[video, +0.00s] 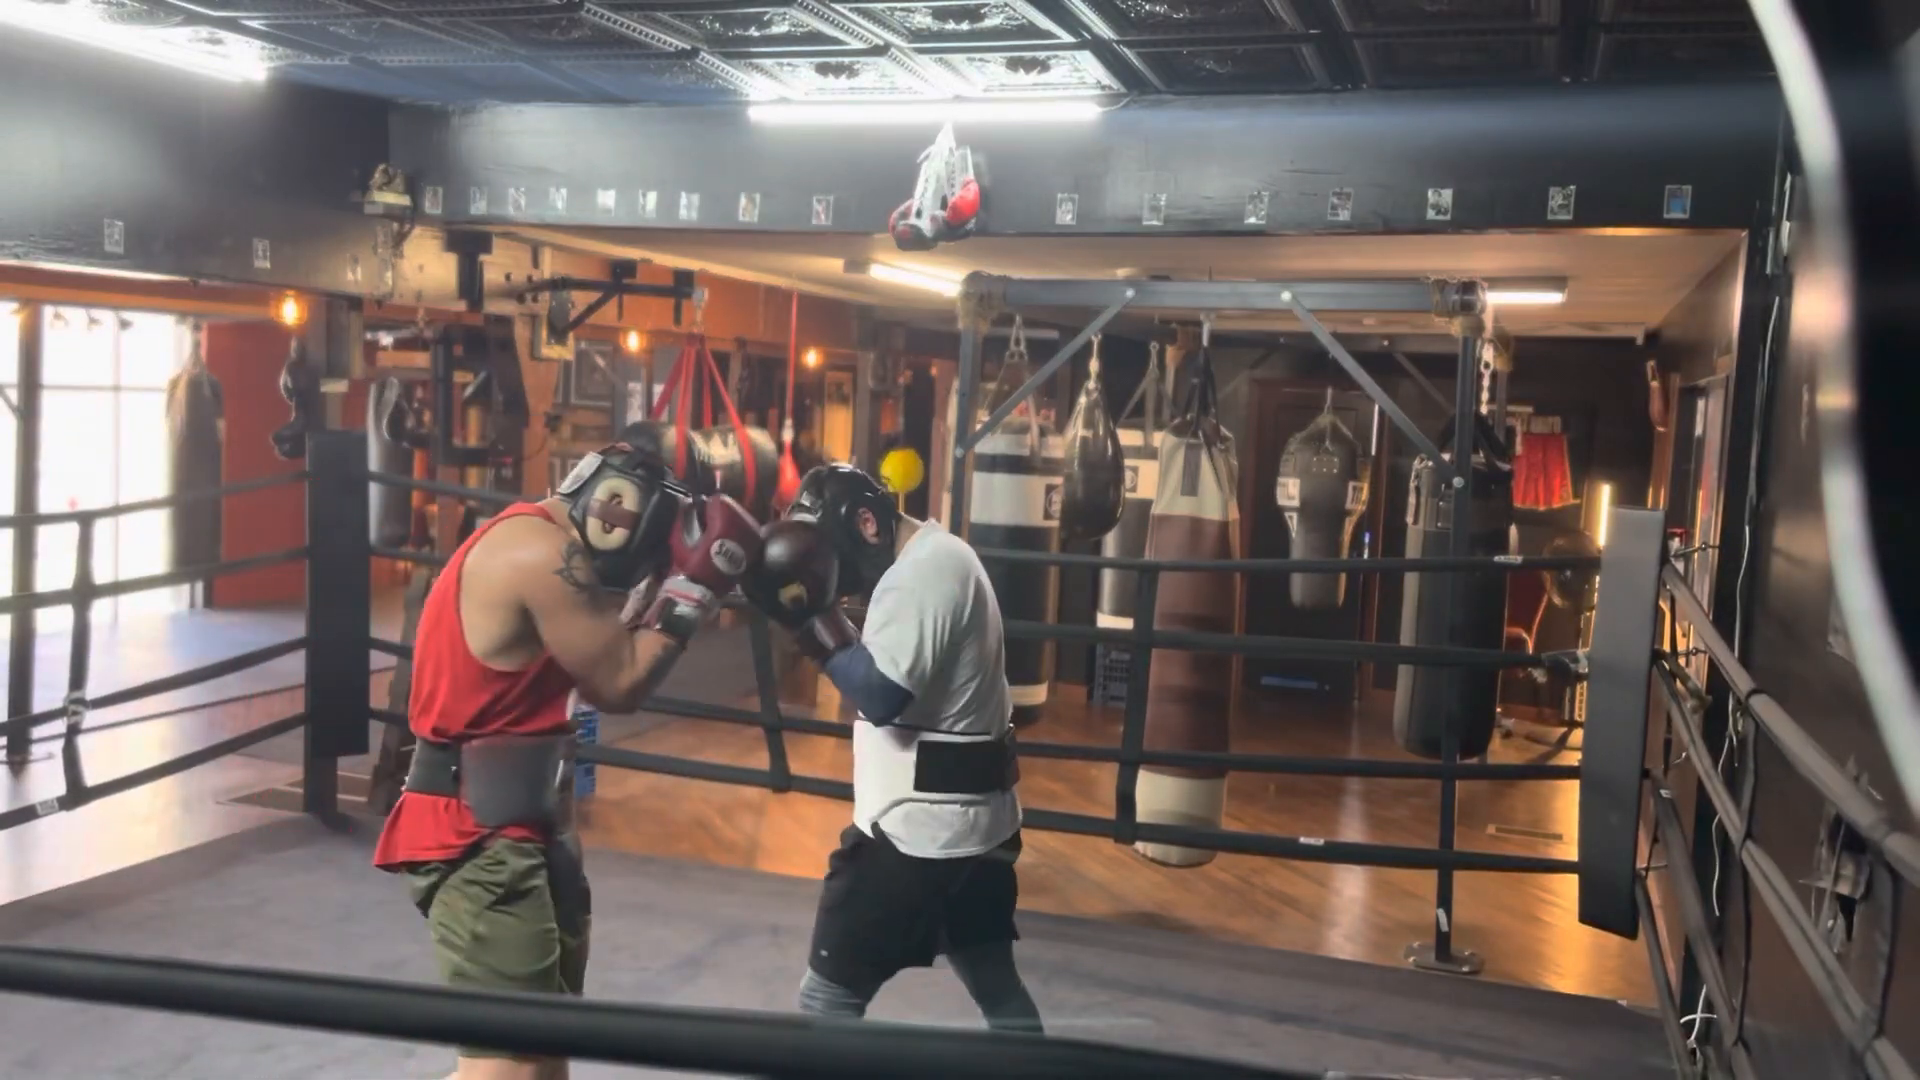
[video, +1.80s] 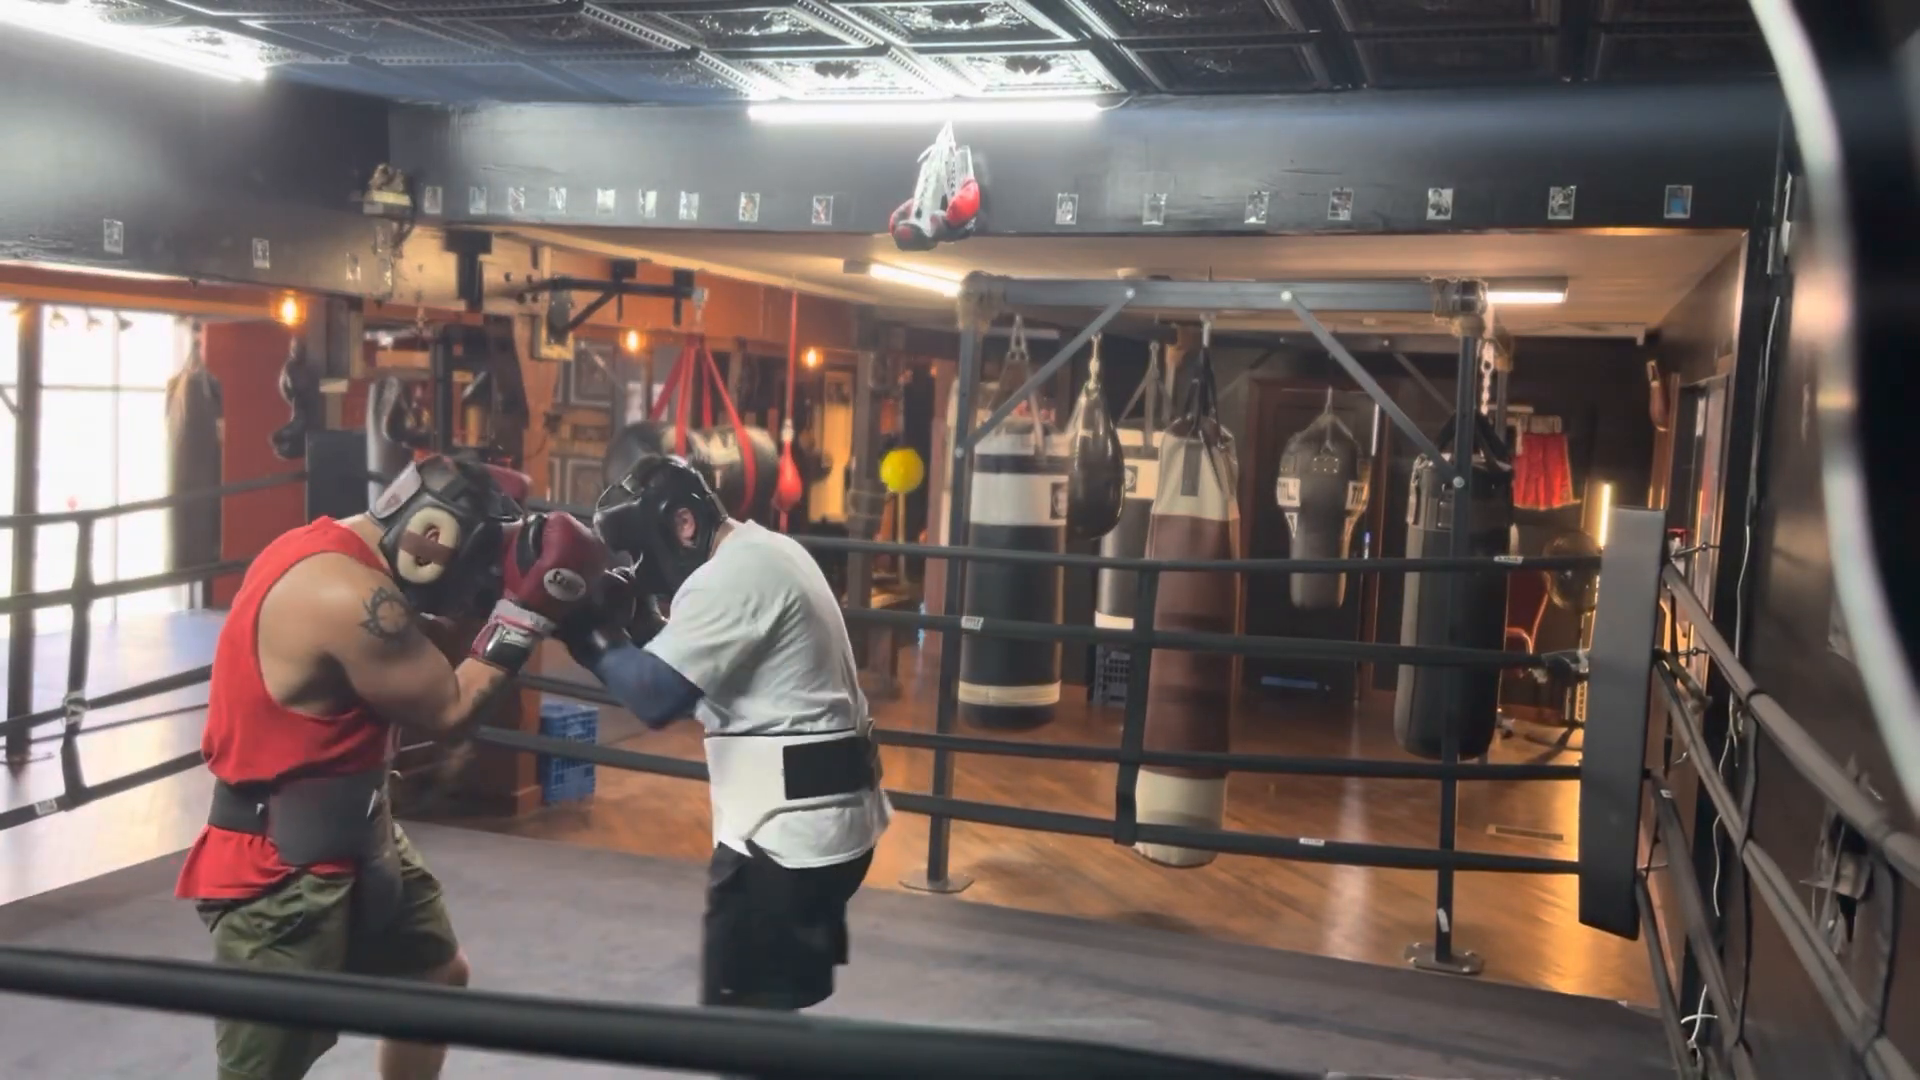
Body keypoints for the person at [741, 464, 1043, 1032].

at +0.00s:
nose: (837, 569)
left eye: (835, 551)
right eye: (828, 556)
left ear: (868, 524)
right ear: (874, 521)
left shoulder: (920, 577)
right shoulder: (948, 556)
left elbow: (881, 697)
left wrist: (811, 623)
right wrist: (828, 619)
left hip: (915, 835)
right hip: (982, 825)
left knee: (826, 1002)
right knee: (995, 984)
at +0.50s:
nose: (750, 577)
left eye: (752, 558)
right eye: (742, 563)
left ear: (794, 539)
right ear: (799, 536)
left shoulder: (851, 584)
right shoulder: (854, 566)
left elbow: (802, 710)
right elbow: (803, 690)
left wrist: (746, 636)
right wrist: (749, 635)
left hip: (909, 822)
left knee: (851, 1008)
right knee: (904, 1000)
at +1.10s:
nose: (746, 557)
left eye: (752, 540)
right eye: (741, 542)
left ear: (786, 525)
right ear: (786, 523)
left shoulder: (844, 569)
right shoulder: (815, 566)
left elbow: (768, 692)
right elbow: (754, 678)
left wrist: (733, 611)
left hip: (854, 818)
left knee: (797, 1006)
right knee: (865, 981)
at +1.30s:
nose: (713, 576)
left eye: (720, 562)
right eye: (707, 564)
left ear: (760, 546)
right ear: (760, 545)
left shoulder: (844, 585)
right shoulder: (778, 582)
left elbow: (798, 712)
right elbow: (737, 688)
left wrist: (723, 629)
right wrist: (650, 651)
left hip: (864, 824)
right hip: (821, 815)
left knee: (797, 1015)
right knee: (880, 983)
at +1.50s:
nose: (667, 595)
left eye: (674, 579)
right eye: (660, 581)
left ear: (720, 558)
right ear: (721, 553)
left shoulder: (806, 616)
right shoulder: (743, 582)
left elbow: (798, 751)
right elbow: (736, 712)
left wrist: (702, 686)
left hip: (836, 837)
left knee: (790, 1019)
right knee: (866, 999)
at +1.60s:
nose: (651, 583)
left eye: (654, 567)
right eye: (641, 571)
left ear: (702, 546)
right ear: (704, 543)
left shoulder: (779, 581)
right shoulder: (750, 571)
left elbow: (686, 712)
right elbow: (704, 668)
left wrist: (590, 636)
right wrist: (640, 625)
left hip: (826, 831)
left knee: (804, 1018)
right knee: (811, 1015)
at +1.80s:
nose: (641, 565)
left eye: (644, 548)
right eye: (632, 552)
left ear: (685, 525)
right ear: (691, 519)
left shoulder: (738, 571)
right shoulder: (772, 554)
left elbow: (654, 696)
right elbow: (680, 684)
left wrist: (585, 632)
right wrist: (623, 626)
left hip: (785, 832)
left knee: (740, 1020)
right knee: (762, 1018)